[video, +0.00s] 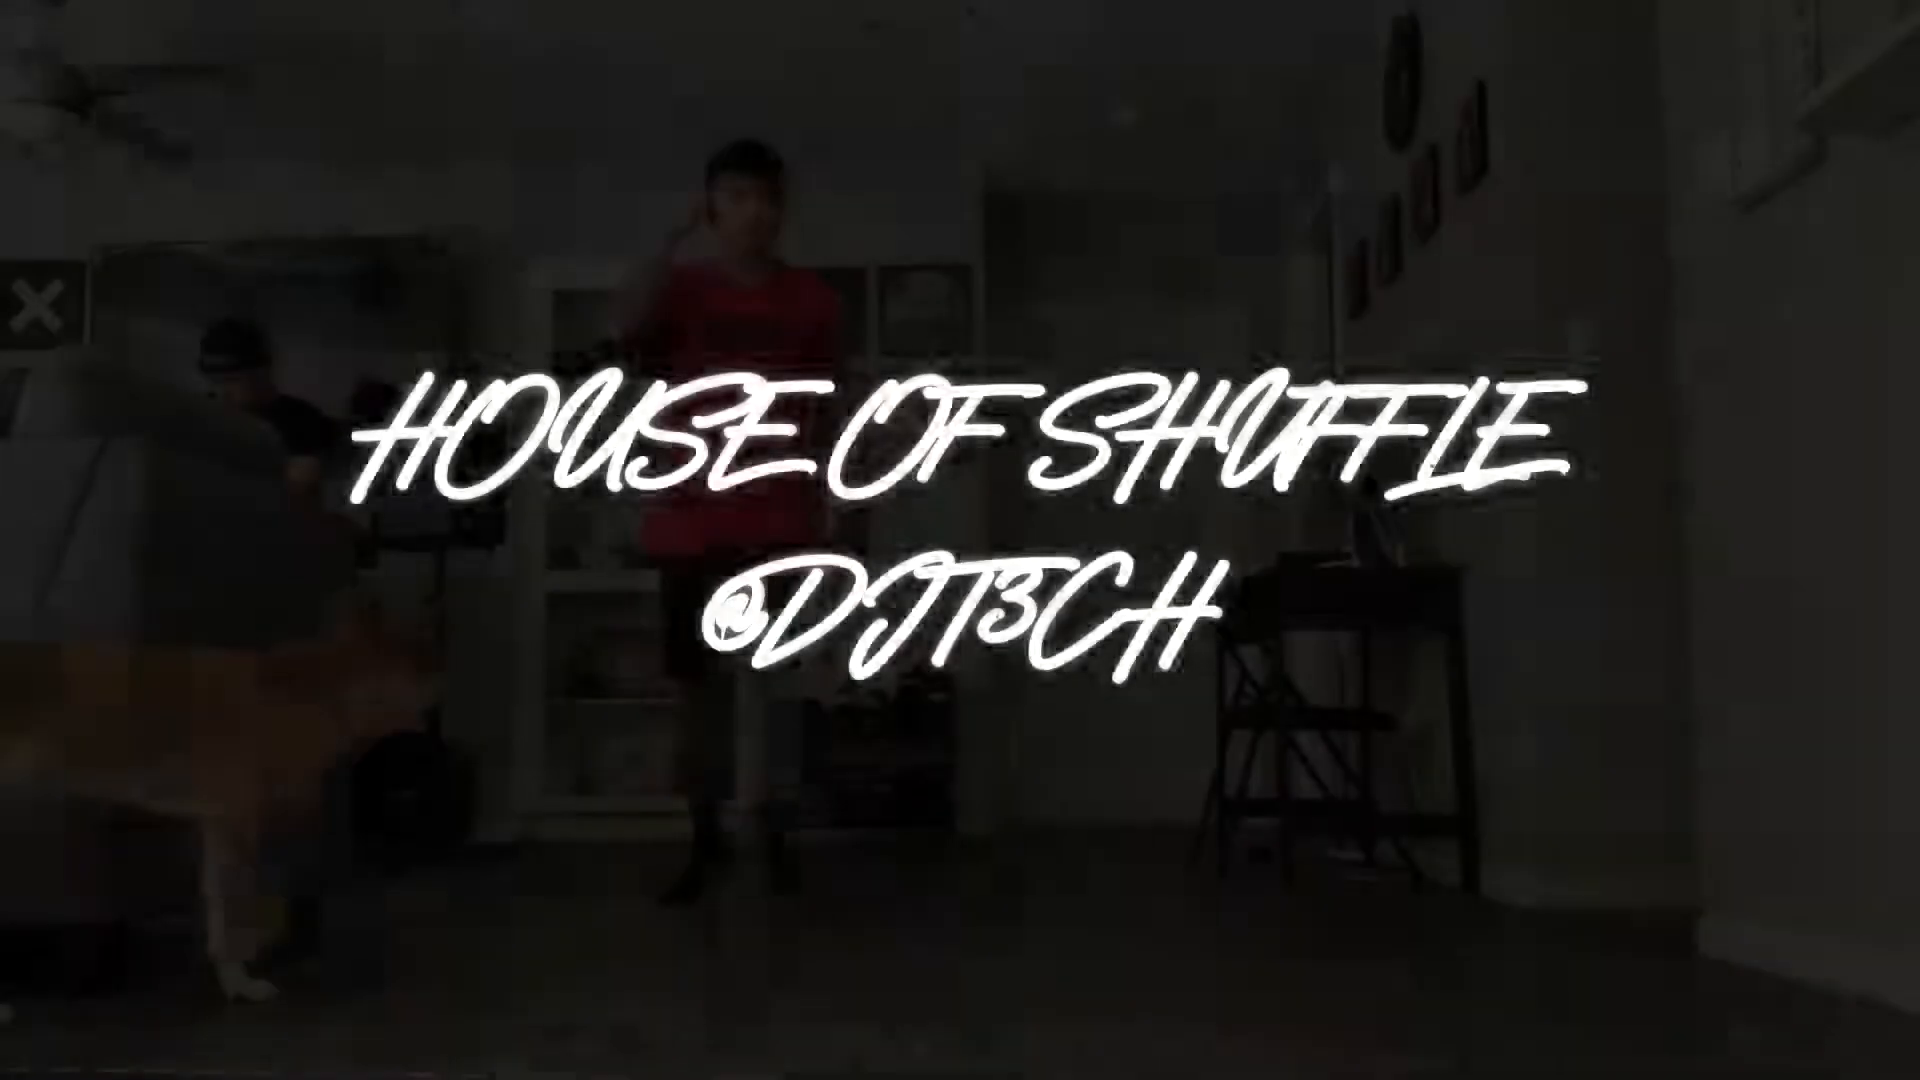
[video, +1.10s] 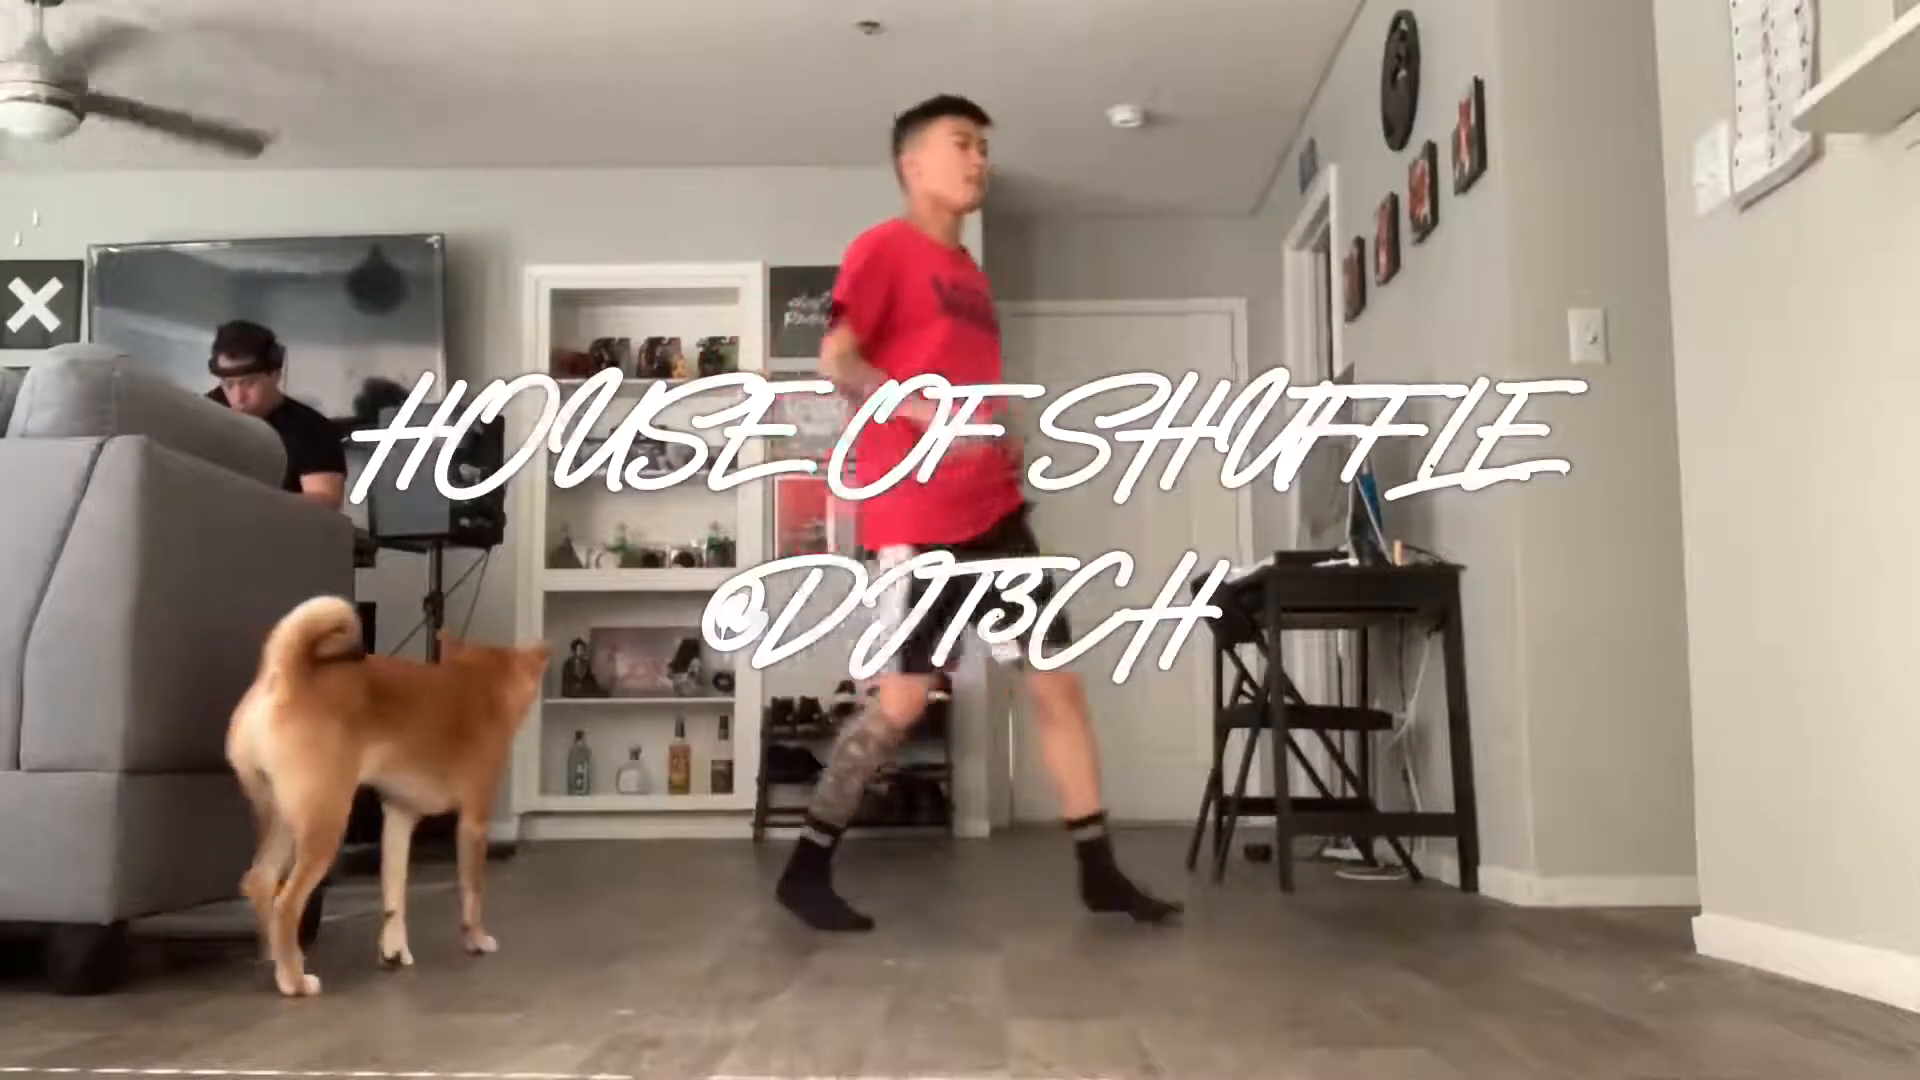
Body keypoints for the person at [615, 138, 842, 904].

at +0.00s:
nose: (744, 214)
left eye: (758, 199)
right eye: (732, 197)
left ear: (779, 209)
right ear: (708, 205)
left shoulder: (811, 301)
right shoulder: (675, 293)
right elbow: (627, 367)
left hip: (786, 526)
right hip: (695, 529)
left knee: (786, 691)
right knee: (701, 694)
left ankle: (783, 846)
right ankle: (704, 847)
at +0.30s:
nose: (760, 198)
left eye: (776, 185)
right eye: (745, 183)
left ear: (795, 201)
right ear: (719, 196)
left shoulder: (820, 304)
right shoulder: (680, 288)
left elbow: (851, 413)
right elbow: (633, 387)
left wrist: (821, 480)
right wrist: (656, 352)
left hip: (755, 533)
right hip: (666, 525)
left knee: (714, 691)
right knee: (645, 687)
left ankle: (684, 860)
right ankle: (685, 818)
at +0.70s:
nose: (806, 163)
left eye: (820, 151)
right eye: (789, 151)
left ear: (840, 171)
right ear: (760, 172)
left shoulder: (872, 278)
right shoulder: (727, 273)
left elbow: (902, 397)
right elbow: (689, 395)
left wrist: (869, 364)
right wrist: (673, 494)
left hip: (831, 507)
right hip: (745, 505)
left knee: (764, 695)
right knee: (786, 688)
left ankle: (686, 863)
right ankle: (798, 874)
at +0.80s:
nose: (836, 158)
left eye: (846, 147)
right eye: (817, 147)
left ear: (862, 167)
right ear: (781, 168)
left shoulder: (892, 270)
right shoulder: (754, 271)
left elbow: (909, 390)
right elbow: (719, 398)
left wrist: (916, 438)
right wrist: (714, 502)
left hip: (873, 510)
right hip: (788, 509)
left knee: (844, 706)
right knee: (802, 690)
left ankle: (725, 823)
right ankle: (791, 880)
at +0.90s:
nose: (885, 160)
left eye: (891, 150)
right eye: (865, 148)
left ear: (898, 176)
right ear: (819, 171)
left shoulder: (924, 282)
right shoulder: (789, 271)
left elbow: (941, 396)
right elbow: (757, 395)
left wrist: (932, 477)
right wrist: (770, 491)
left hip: (902, 522)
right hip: (821, 520)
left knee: (941, 690)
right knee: (839, 695)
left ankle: (812, 785)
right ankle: (797, 882)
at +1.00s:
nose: (935, 147)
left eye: (940, 136)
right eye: (916, 132)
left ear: (941, 162)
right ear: (864, 154)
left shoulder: (946, 267)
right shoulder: (841, 240)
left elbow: (953, 385)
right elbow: (792, 369)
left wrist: (969, 460)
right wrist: (841, 442)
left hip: (948, 516)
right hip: (868, 518)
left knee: (1010, 666)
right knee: (854, 690)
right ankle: (801, 875)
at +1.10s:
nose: (981, 161)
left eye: (982, 150)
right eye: (962, 145)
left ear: (976, 170)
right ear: (908, 162)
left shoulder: (967, 270)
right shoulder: (882, 249)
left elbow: (963, 380)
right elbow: (836, 356)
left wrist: (1001, 441)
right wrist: (914, 418)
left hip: (994, 513)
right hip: (915, 520)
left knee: (1057, 680)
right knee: (906, 693)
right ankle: (807, 868)